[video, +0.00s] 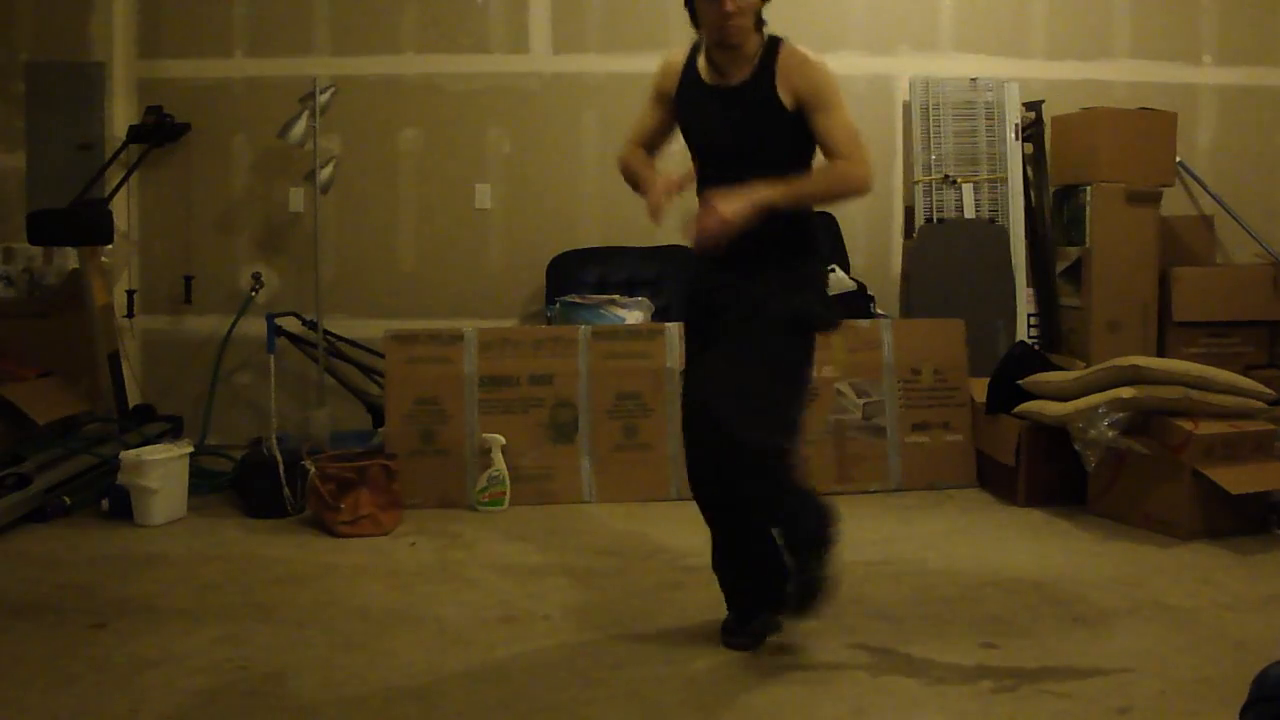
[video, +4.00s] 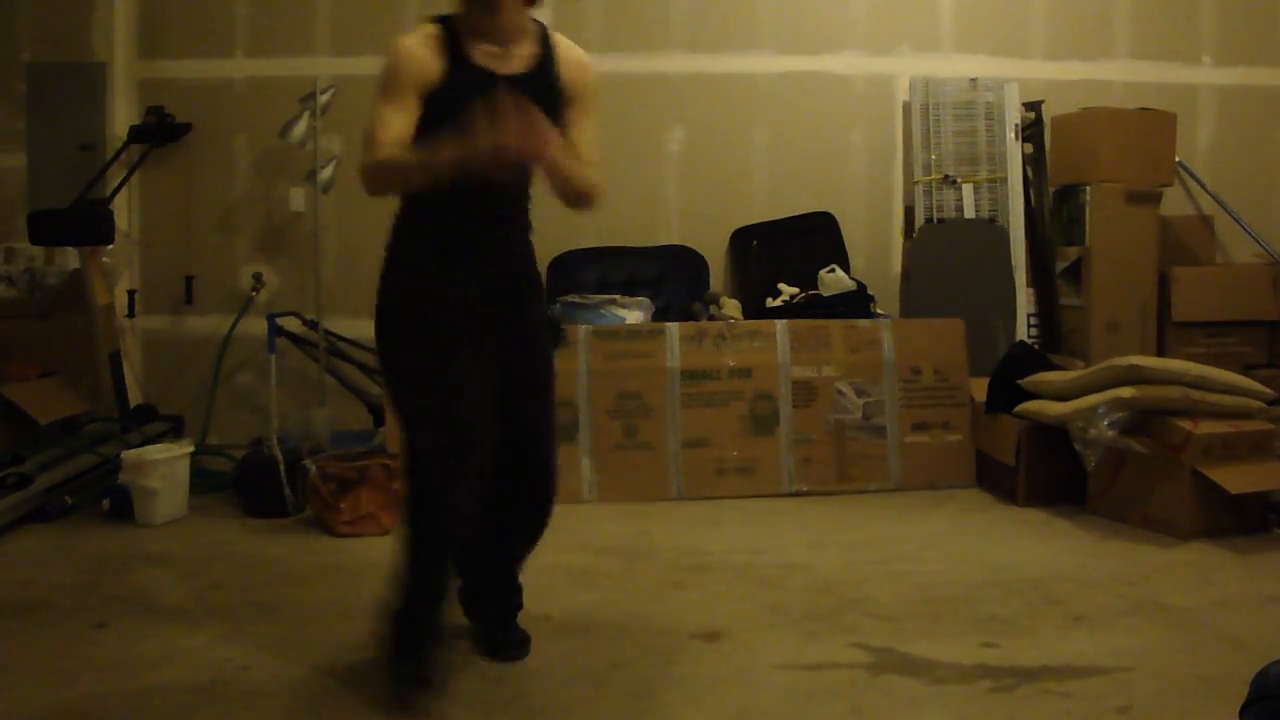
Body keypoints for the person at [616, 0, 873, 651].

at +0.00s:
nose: (728, 9)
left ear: (761, 5)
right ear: (693, 7)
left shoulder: (800, 72)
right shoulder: (679, 73)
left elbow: (855, 171)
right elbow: (632, 154)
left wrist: (753, 196)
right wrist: (650, 179)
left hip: (789, 273)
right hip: (716, 273)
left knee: (751, 437)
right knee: (708, 449)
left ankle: (808, 532)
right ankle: (752, 598)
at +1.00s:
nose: (526, 9)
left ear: (578, 3)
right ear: (510, 6)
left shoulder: (632, 71)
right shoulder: (497, 67)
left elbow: (655, 184)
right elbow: (431, 127)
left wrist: (660, 285)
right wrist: (420, 152)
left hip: (581, 287)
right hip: (500, 280)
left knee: (571, 458)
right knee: (435, 432)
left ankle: (598, 619)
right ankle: (373, 567)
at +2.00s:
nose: (533, 16)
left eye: (547, 8)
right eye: (527, 8)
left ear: (585, 5)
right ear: (519, 8)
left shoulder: (638, 50)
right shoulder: (492, 59)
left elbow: (665, 119)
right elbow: (420, 141)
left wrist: (583, 48)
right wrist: (368, 227)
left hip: (600, 291)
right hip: (513, 292)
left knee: (597, 474)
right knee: (514, 472)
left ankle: (495, 604)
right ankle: (514, 662)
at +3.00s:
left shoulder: (639, 26)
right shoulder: (496, 25)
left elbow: (675, 137)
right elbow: (445, 122)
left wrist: (625, 104)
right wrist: (518, 153)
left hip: (609, 248)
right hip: (521, 249)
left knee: (623, 408)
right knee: (530, 423)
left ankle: (617, 574)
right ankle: (538, 592)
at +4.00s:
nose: (506, 5)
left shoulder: (567, 62)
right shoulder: (419, 53)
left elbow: (584, 190)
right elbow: (377, 168)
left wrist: (544, 141)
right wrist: (477, 148)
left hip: (509, 282)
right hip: (424, 283)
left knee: (526, 471)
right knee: (447, 467)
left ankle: (490, 596)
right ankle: (413, 644)